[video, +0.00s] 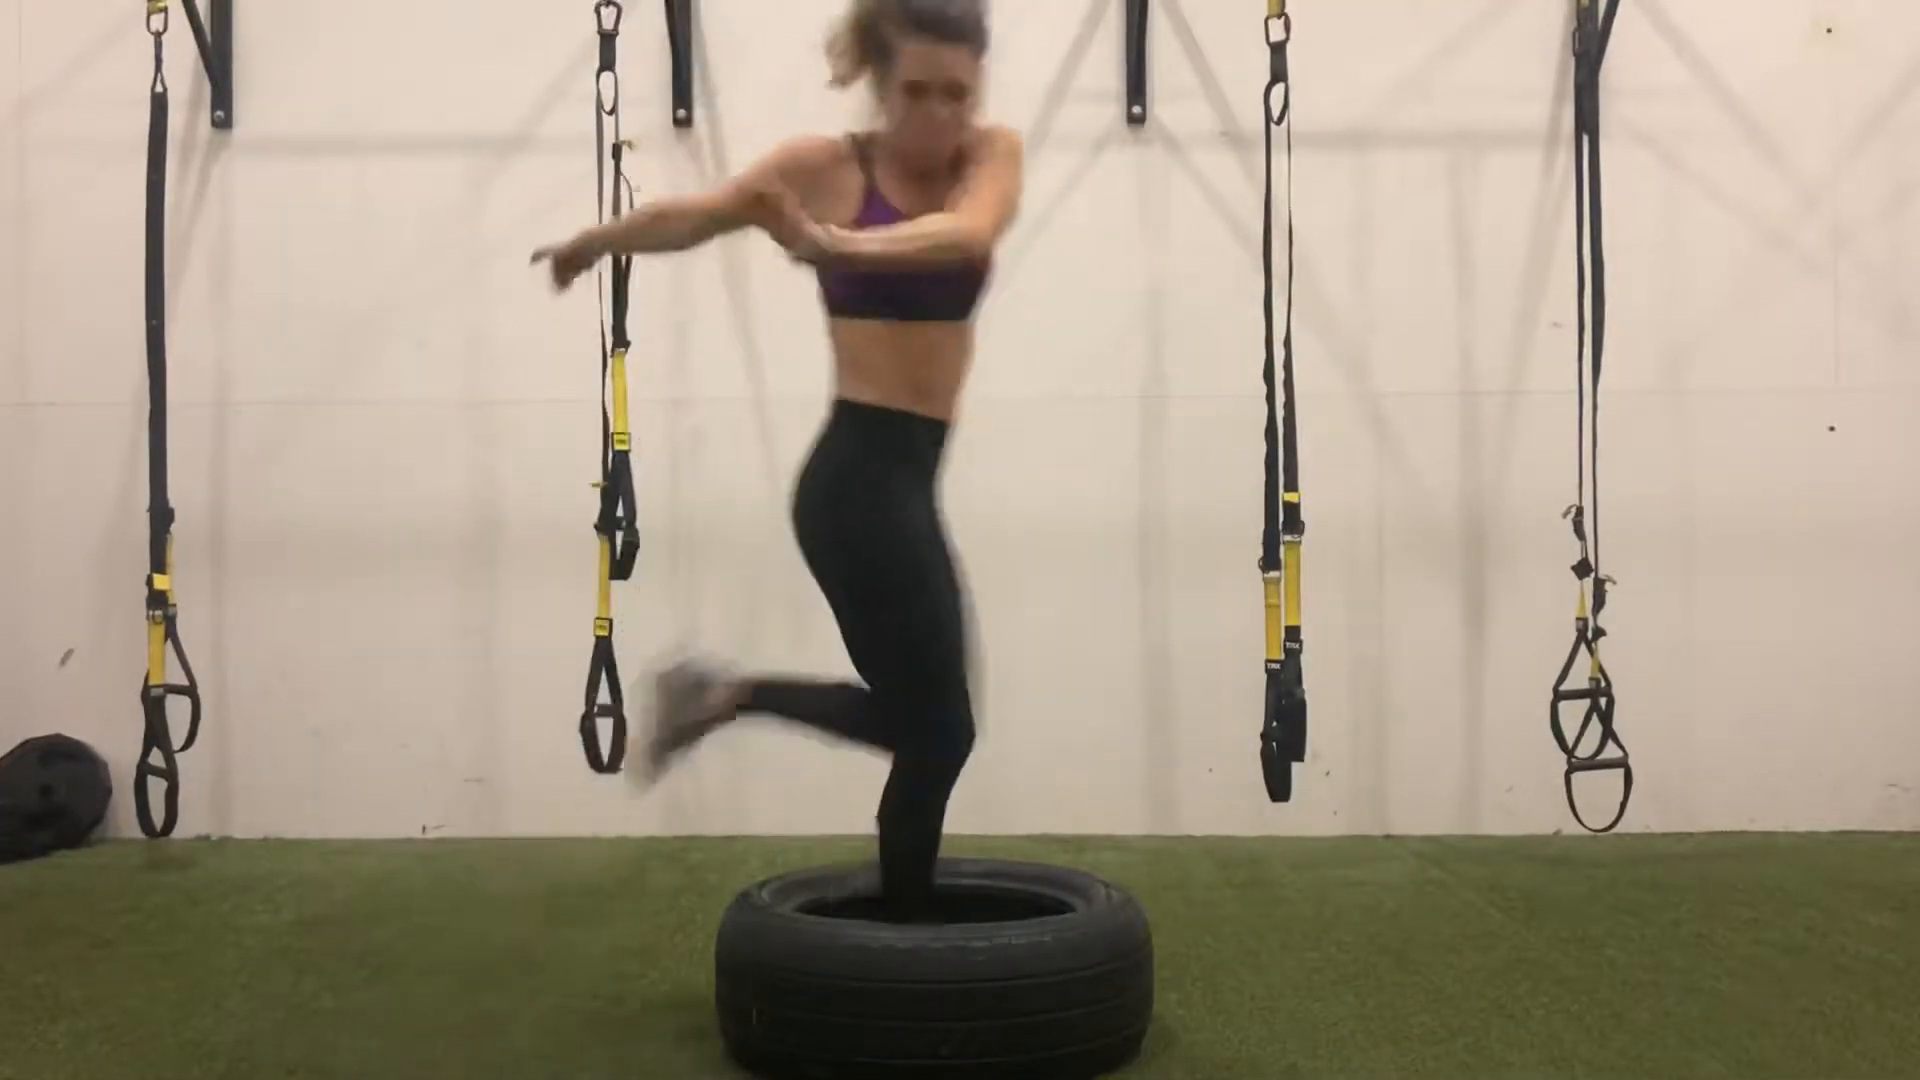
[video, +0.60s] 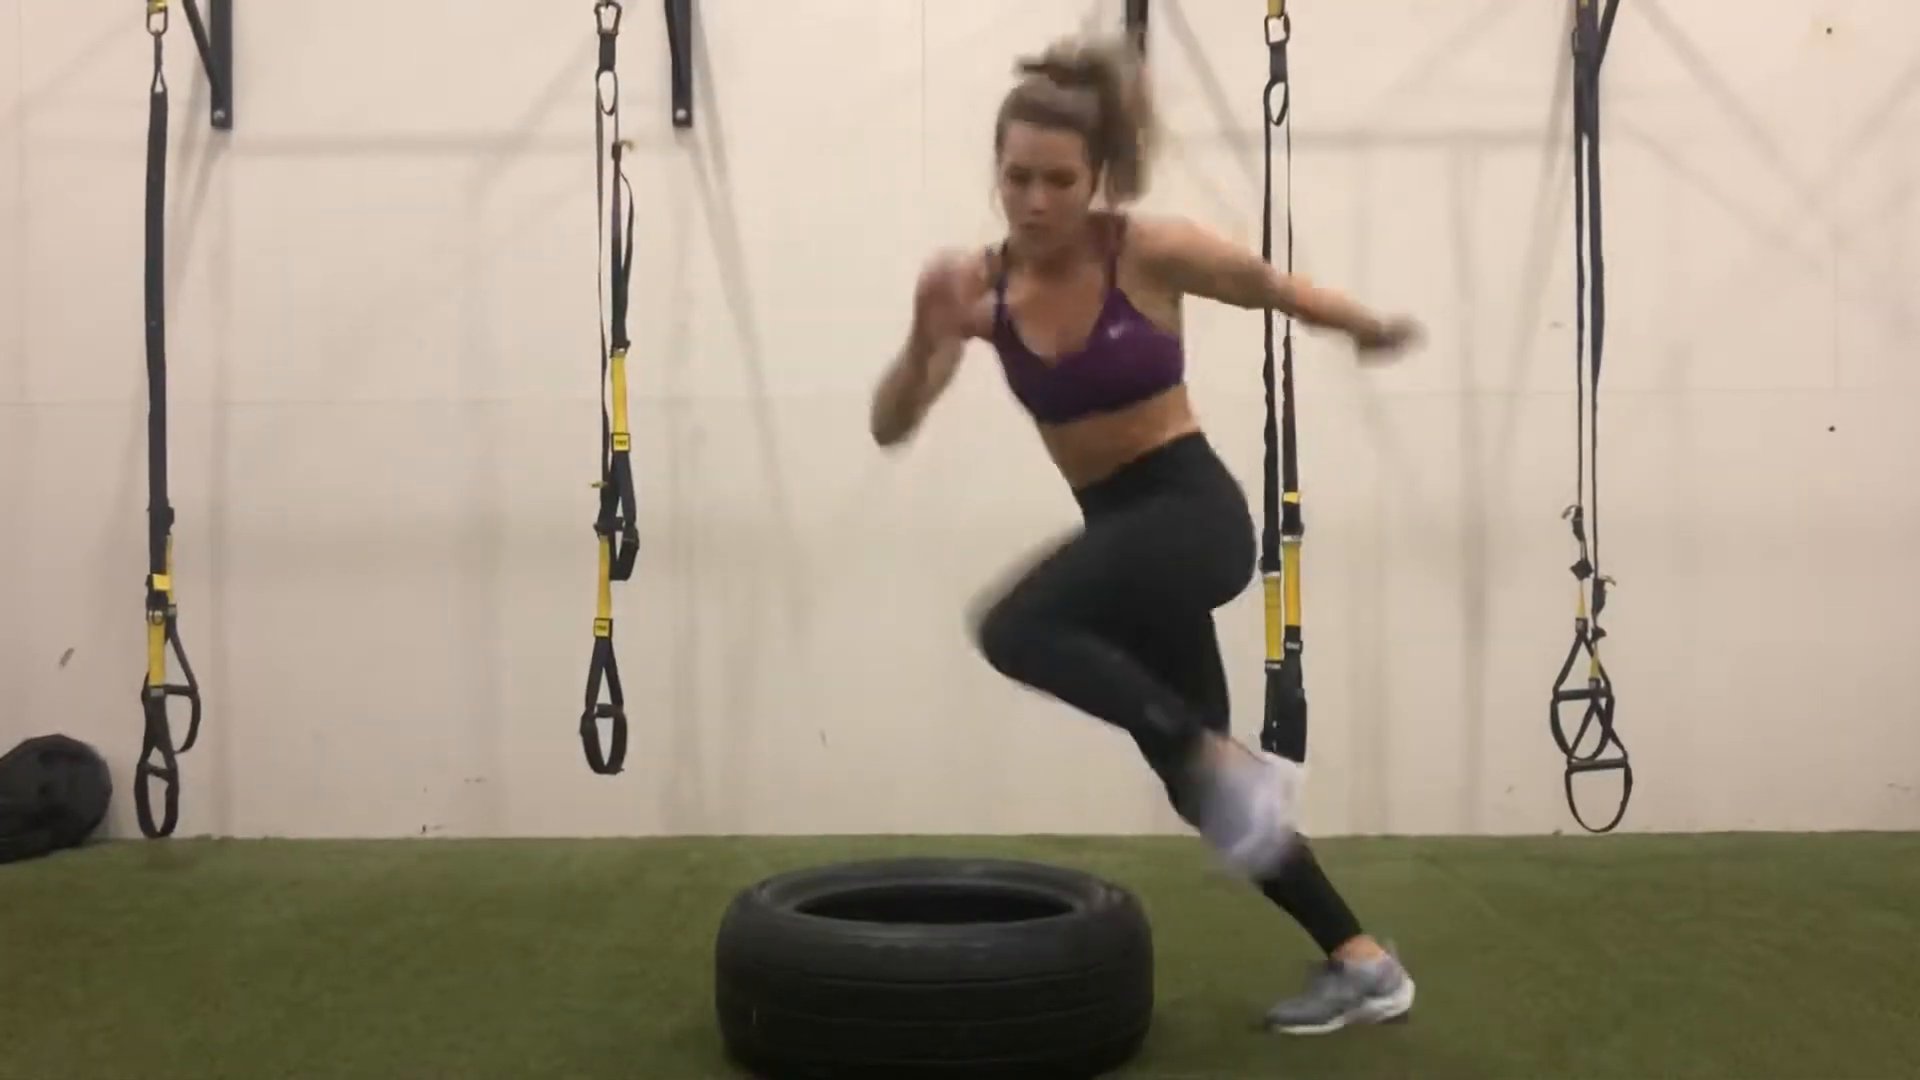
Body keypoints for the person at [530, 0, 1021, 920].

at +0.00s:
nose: (945, 117)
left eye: (962, 95)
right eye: (925, 94)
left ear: (980, 88)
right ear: (881, 85)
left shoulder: (990, 152)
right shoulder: (825, 166)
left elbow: (971, 233)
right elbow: (697, 220)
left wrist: (836, 245)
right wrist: (597, 240)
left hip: (906, 487)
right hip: (856, 487)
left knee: (926, 723)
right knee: (936, 734)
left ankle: (726, 695)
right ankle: (906, 946)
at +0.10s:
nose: (1003, 98)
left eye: (1021, 77)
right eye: (983, 77)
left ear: (1047, 69)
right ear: (946, 71)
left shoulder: (1077, 147)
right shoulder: (894, 173)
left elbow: (1099, 236)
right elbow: (747, 277)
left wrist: (1111, 320)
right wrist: (613, 351)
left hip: (1007, 473)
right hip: (913, 474)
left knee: (1140, 665)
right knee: (956, 723)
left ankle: (1026, 707)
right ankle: (904, 935)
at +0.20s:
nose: (1037, 76)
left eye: (1056, 54)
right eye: (1017, 54)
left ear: (1085, 55)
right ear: (984, 55)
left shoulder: (1127, 146)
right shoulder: (937, 160)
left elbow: (1210, 269)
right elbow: (836, 278)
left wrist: (1268, 415)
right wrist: (831, 327)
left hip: (1075, 446)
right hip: (966, 451)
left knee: (1184, 669)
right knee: (1028, 696)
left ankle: (1257, 862)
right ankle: (940, 868)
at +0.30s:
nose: (1061, 120)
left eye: (1082, 100)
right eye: (1042, 99)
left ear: (1120, 98)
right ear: (1013, 95)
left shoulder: (1176, 196)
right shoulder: (978, 228)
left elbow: (1285, 311)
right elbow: (960, 371)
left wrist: (1348, 458)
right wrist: (998, 371)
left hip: (1157, 494)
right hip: (1049, 503)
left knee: (1259, 748)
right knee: (1091, 734)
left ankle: (1384, 981)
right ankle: (1053, 733)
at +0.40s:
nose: (1064, 142)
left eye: (1087, 122)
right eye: (1047, 121)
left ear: (1129, 125)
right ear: (1024, 126)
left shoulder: (1193, 216)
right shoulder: (1004, 261)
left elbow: (1292, 324)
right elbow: (1014, 383)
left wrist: (1335, 441)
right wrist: (965, 454)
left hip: (1212, 512)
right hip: (1103, 538)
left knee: (1300, 766)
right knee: (1108, 776)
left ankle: (1427, 1004)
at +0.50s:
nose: (1051, 144)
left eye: (1074, 122)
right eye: (1033, 121)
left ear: (1119, 119)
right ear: (1011, 118)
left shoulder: (1178, 206)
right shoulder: (989, 242)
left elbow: (1281, 298)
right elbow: (961, 373)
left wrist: (1325, 404)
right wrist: (931, 442)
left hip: (1204, 484)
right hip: (1108, 508)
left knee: (1207, 730)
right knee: (1142, 772)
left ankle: (1396, 933)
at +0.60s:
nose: (1036, 199)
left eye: (1058, 180)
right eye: (1019, 177)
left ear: (1098, 179)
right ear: (995, 171)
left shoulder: (1151, 250)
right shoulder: (975, 281)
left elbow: (1277, 289)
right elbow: (889, 427)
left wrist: (1367, 325)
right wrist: (931, 344)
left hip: (1191, 507)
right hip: (1117, 532)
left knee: (1020, 628)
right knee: (1195, 770)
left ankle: (1218, 765)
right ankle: (1360, 960)